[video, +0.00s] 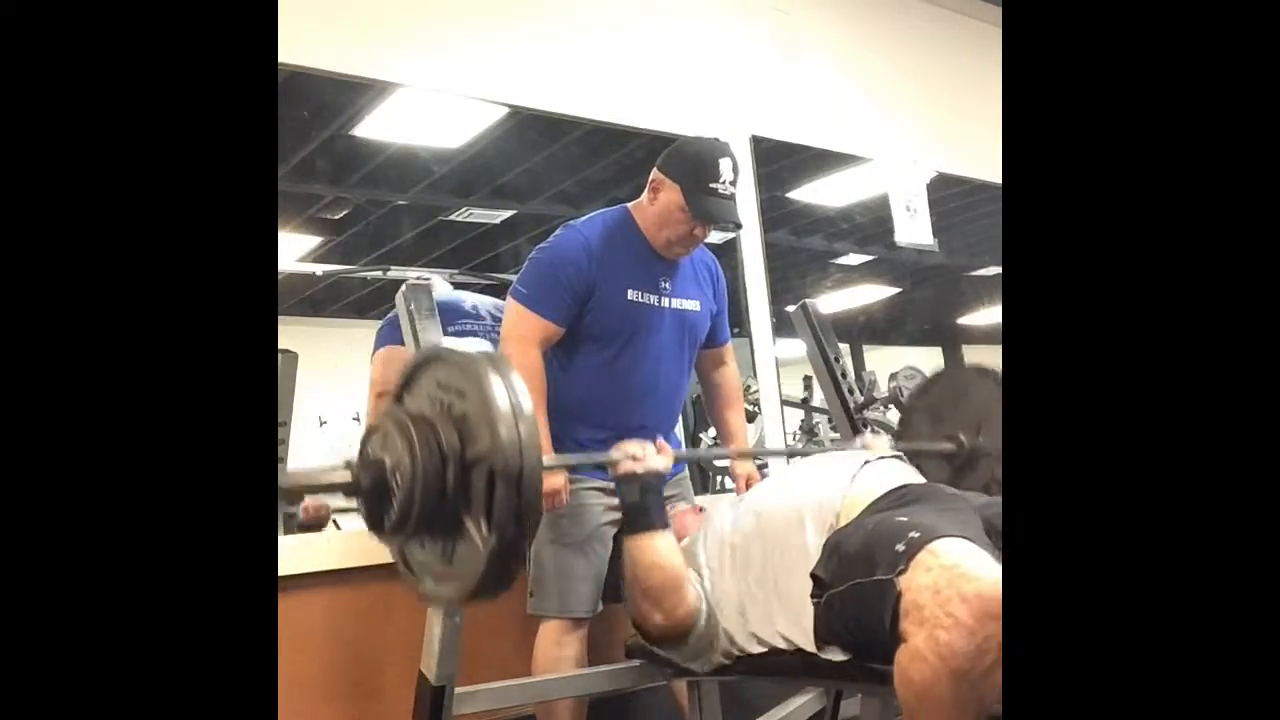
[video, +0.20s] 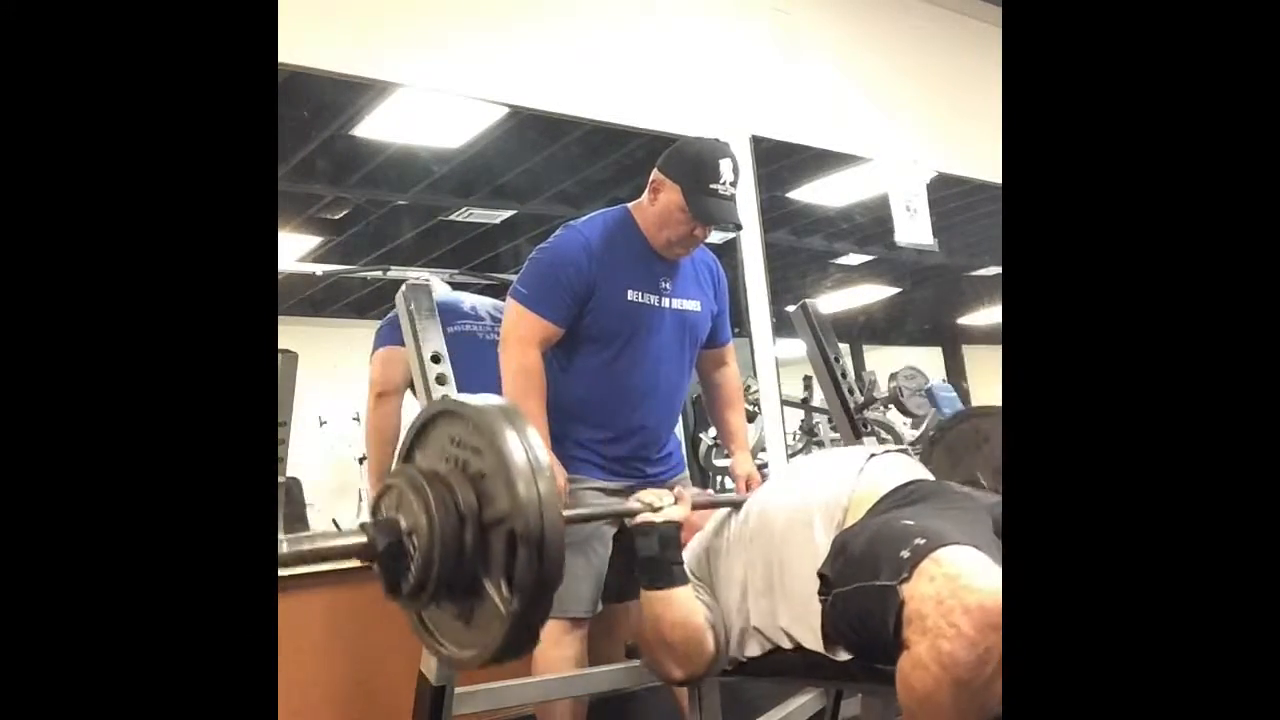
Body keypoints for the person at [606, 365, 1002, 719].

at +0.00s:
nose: (680, 505)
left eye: (680, 500)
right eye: (667, 512)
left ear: (698, 504)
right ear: (660, 545)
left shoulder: (753, 506)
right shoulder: (689, 593)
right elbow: (662, 613)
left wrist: (872, 451)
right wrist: (641, 493)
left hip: (934, 493)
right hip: (863, 529)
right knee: (975, 609)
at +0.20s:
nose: (685, 495)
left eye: (685, 492)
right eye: (671, 502)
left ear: (703, 495)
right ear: (671, 539)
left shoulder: (764, 497)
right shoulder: (696, 581)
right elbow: (680, 667)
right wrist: (653, 543)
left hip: (948, 492)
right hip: (870, 529)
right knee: (974, 609)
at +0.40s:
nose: (688, 503)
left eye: (688, 498)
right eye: (674, 506)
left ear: (703, 503)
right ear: (668, 537)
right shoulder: (690, 576)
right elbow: (671, 640)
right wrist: (647, 514)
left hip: (951, 494)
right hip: (873, 528)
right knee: (976, 611)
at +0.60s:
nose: (674, 510)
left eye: (670, 506)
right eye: (657, 521)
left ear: (682, 508)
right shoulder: (685, 607)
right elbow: (649, 583)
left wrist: (870, 447)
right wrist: (630, 458)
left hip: (941, 494)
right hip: (858, 531)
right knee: (974, 597)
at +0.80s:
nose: (674, 508)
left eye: (671, 501)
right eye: (655, 515)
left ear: (685, 501)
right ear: (640, 562)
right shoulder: (685, 597)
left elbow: (879, 475)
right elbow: (641, 541)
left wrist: (862, 413)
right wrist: (622, 416)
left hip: (944, 488)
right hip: (862, 528)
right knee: (976, 589)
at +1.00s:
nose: (675, 509)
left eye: (670, 504)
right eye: (657, 517)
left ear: (684, 507)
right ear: (639, 568)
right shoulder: (681, 606)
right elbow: (654, 580)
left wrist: (869, 441)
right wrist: (628, 455)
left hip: (940, 496)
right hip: (854, 530)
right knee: (971, 595)